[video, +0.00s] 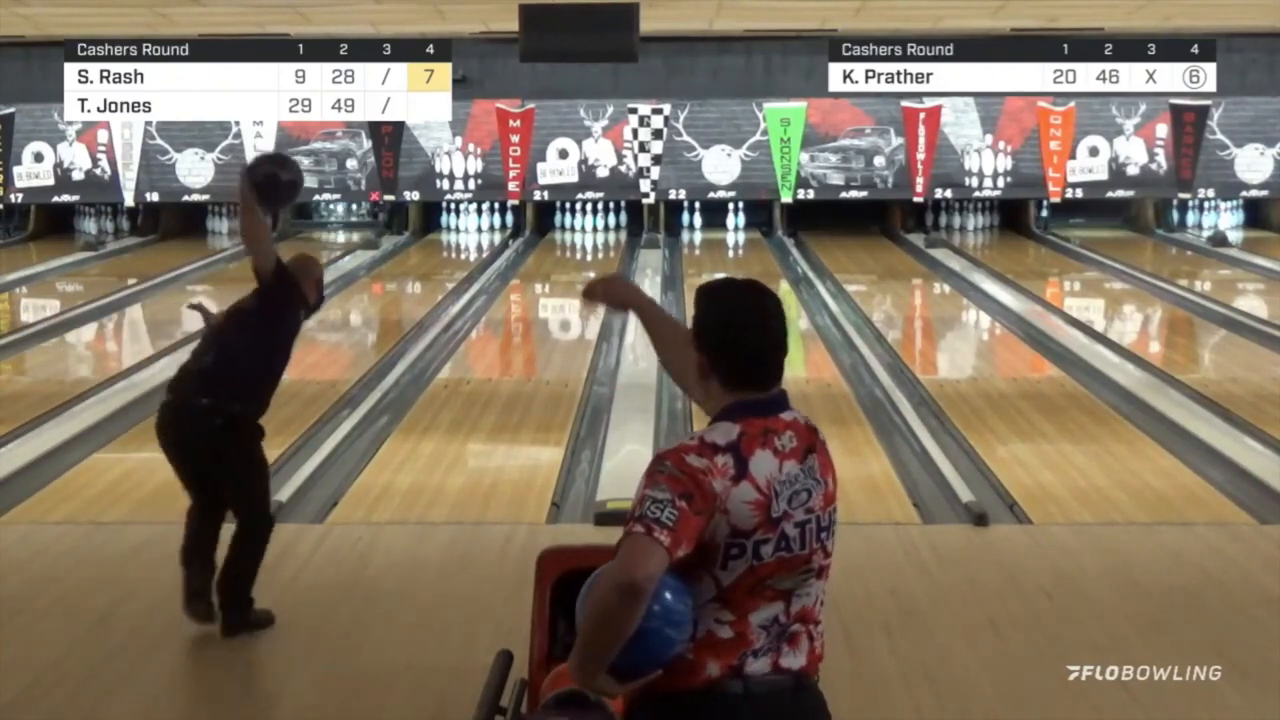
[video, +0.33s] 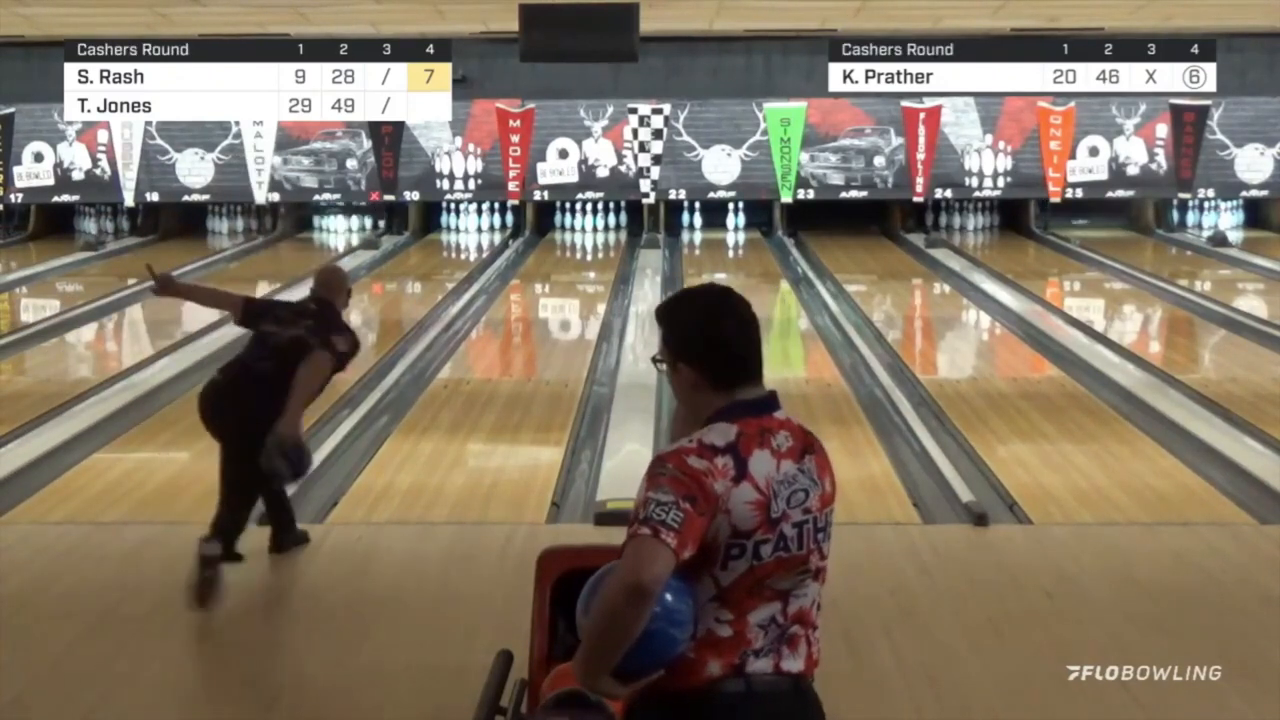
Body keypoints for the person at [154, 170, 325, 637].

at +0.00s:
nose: (319, 283)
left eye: (319, 278)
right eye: (315, 275)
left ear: (282, 281)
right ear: (300, 283)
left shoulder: (249, 310)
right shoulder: (283, 301)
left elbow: (220, 332)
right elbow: (259, 247)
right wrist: (248, 187)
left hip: (177, 417)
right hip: (226, 426)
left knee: (207, 499)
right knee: (256, 518)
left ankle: (197, 593)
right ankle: (236, 610)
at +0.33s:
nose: (347, 297)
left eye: (343, 290)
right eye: (346, 292)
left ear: (313, 289)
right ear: (343, 295)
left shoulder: (281, 310)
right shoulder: (342, 335)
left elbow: (227, 301)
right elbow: (316, 366)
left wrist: (175, 288)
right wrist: (291, 420)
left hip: (214, 401)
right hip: (254, 413)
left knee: (264, 465)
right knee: (239, 495)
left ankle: (284, 531)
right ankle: (215, 545)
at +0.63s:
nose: (358, 301)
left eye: (350, 296)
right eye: (359, 300)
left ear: (329, 297)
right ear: (359, 312)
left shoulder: (302, 302)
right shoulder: (359, 342)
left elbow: (271, 283)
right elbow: (377, 316)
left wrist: (241, 257)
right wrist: (378, 266)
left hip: (222, 381)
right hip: (248, 412)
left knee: (274, 433)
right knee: (188, 477)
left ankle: (285, 525)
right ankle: (100, 447)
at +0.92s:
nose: (375, 301)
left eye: (374, 296)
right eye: (375, 296)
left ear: (341, 289)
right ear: (367, 297)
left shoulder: (301, 297)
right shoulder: (359, 328)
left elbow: (240, 291)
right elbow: (408, 363)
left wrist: (181, 280)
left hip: (225, 372)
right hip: (248, 390)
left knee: (285, 431)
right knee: (206, 471)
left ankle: (283, 526)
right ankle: (120, 511)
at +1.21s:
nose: (377, 296)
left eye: (376, 290)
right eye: (377, 290)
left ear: (342, 284)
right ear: (372, 293)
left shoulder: (304, 293)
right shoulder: (358, 337)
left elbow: (245, 302)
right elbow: (333, 407)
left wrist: (193, 304)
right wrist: (318, 461)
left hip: (225, 366)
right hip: (250, 390)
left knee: (285, 435)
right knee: (209, 466)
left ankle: (283, 526)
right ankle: (131, 517)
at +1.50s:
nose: (379, 284)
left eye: (378, 278)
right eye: (379, 278)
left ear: (345, 272)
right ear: (373, 281)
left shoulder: (308, 284)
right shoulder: (361, 317)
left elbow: (250, 295)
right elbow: (322, 346)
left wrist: (196, 302)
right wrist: (270, 379)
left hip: (230, 360)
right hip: (253, 376)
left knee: (284, 432)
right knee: (206, 458)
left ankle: (283, 525)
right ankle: (129, 511)